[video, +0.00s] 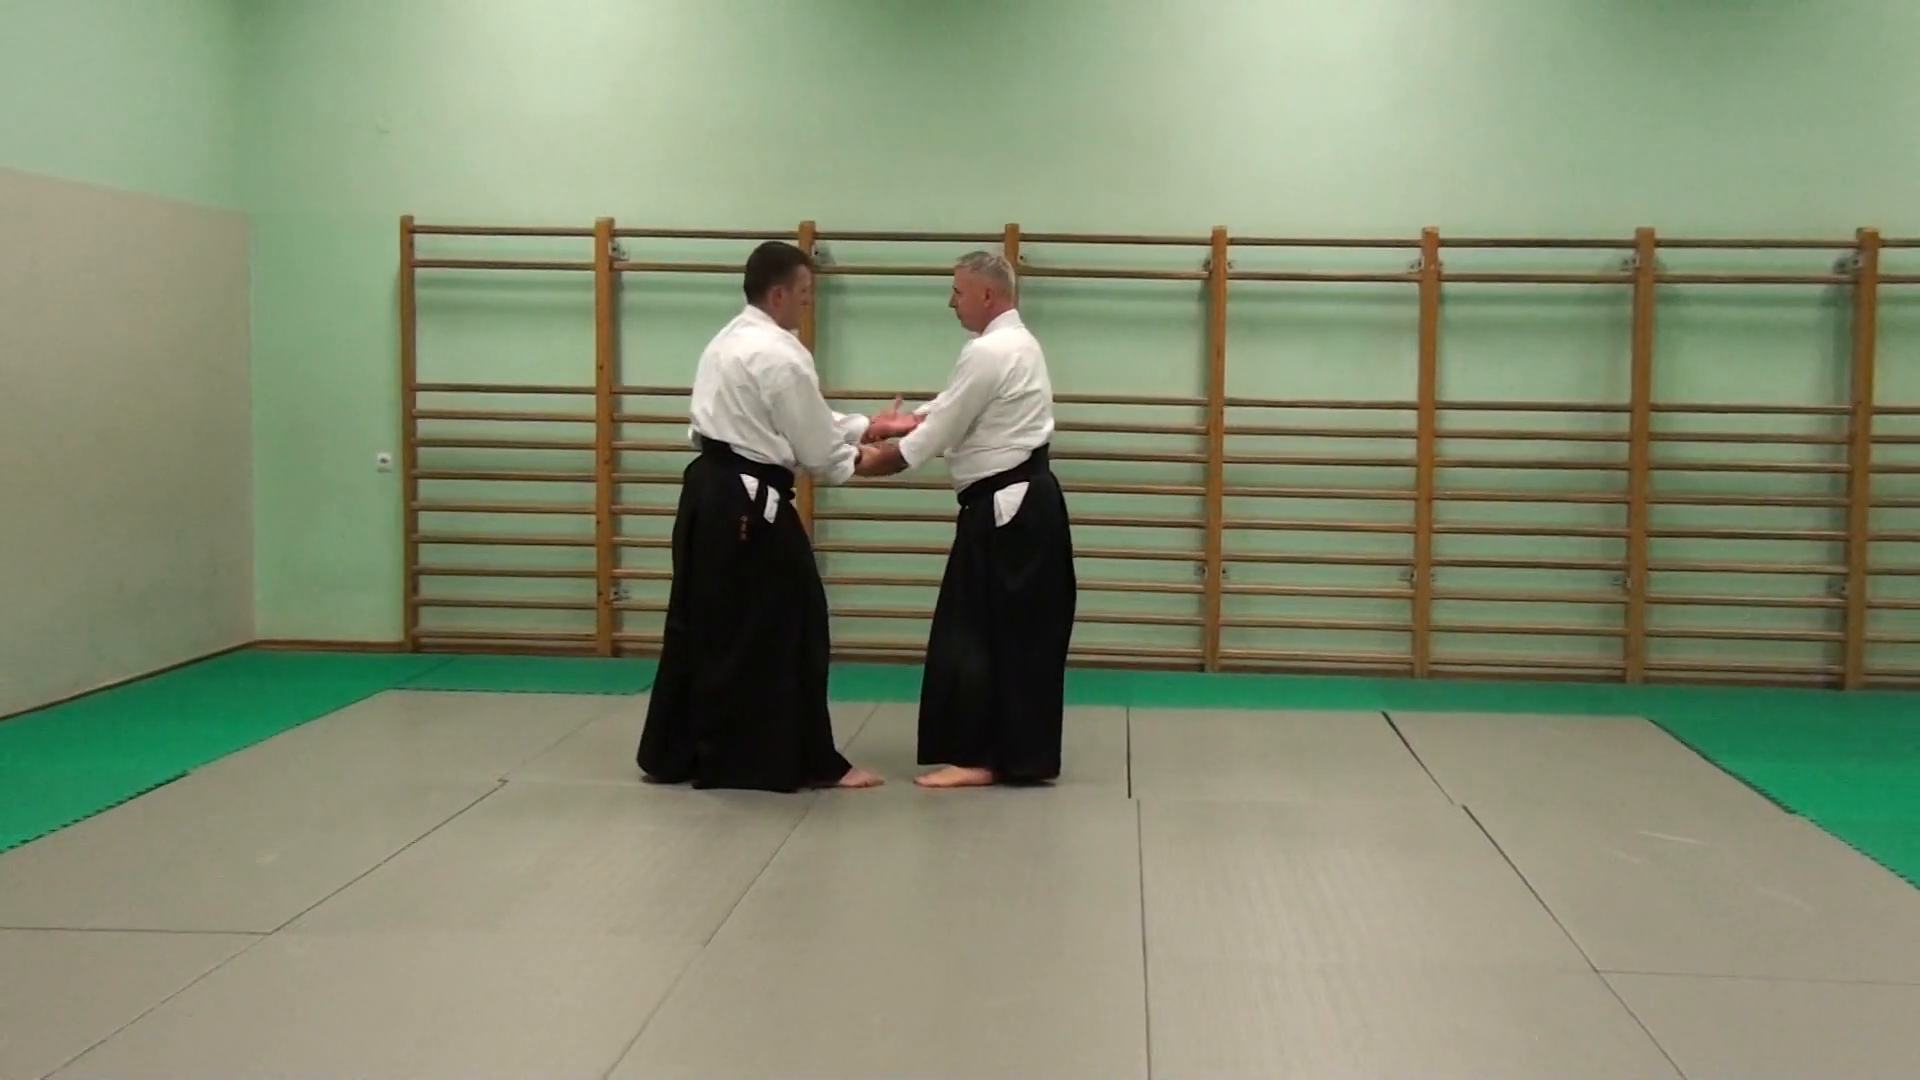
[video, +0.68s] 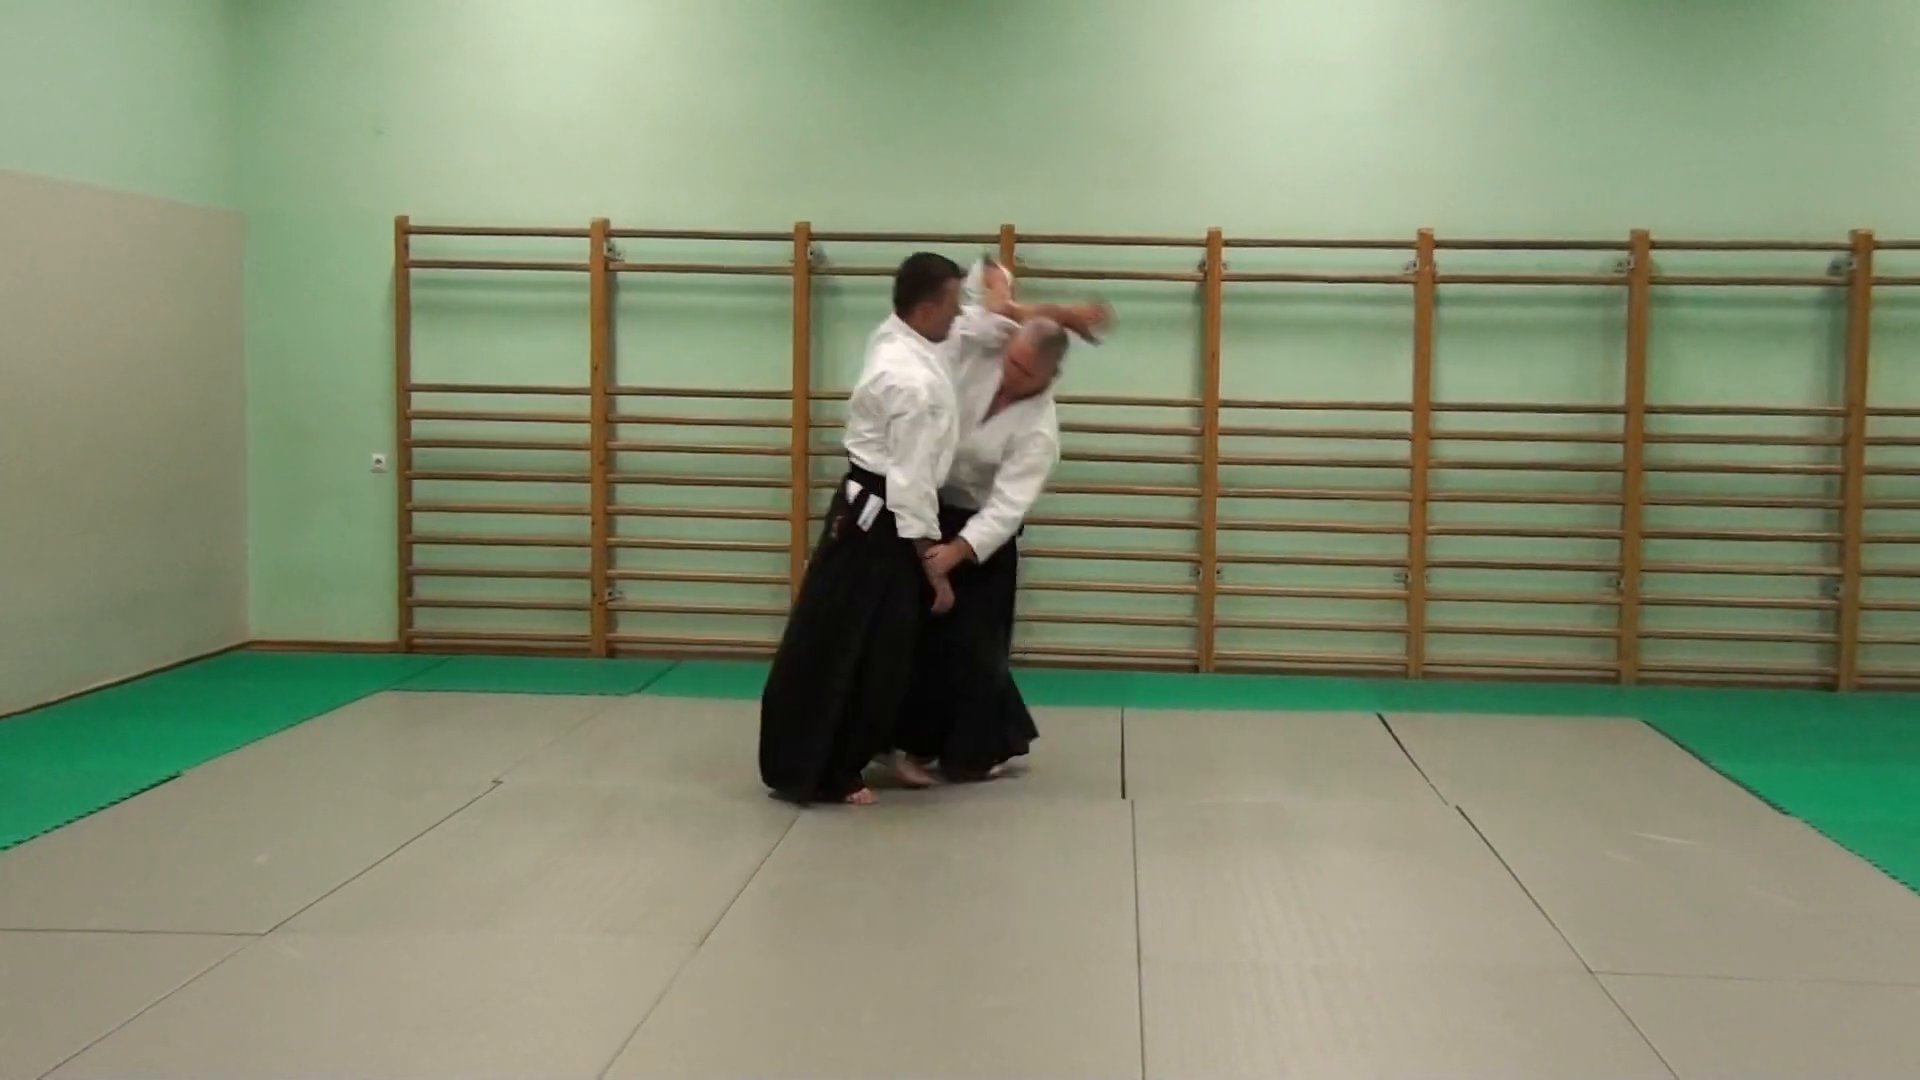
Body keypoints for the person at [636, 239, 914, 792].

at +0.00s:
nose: (807, 302)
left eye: (807, 290)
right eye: (803, 291)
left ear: (758, 290)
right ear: (778, 291)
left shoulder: (727, 340)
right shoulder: (783, 358)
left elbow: (793, 421)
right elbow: (820, 458)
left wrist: (867, 424)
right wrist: (865, 460)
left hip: (707, 491)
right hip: (755, 505)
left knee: (705, 621)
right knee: (801, 619)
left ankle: (677, 753)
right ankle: (811, 759)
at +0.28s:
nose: (839, 303)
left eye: (838, 292)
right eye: (835, 292)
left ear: (790, 293)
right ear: (814, 294)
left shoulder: (761, 342)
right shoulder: (814, 361)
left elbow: (819, 419)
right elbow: (830, 461)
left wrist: (868, 379)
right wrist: (857, 501)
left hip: (732, 491)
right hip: (773, 507)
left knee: (721, 621)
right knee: (834, 616)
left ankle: (675, 749)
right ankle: (828, 757)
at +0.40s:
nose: (867, 306)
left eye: (865, 295)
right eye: (863, 296)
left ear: (818, 296)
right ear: (844, 300)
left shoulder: (794, 342)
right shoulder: (839, 364)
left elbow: (862, 393)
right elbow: (854, 461)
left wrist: (896, 334)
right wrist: (877, 525)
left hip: (768, 495)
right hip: (802, 512)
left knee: (748, 627)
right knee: (850, 623)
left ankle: (685, 748)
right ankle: (835, 767)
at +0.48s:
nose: (894, 303)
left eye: (895, 294)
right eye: (890, 294)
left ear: (846, 292)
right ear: (871, 295)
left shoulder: (823, 338)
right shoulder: (869, 366)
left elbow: (893, 364)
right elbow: (878, 463)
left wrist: (927, 307)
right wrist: (891, 535)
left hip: (801, 499)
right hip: (833, 515)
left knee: (776, 629)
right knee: (859, 635)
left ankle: (705, 737)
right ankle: (839, 773)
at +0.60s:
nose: (936, 304)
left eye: (935, 293)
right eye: (930, 294)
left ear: (884, 297)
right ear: (908, 300)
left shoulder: (865, 336)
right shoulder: (900, 373)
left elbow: (937, 326)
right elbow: (902, 477)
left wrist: (1004, 291)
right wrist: (920, 556)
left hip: (836, 505)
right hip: (869, 524)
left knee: (812, 631)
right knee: (863, 648)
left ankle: (781, 754)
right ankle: (836, 771)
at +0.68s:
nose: (958, 311)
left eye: (958, 301)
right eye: (952, 302)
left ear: (911, 302)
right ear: (927, 306)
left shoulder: (899, 338)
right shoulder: (915, 381)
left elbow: (969, 324)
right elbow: (910, 486)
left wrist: (1052, 317)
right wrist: (934, 570)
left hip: (861, 507)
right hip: (881, 527)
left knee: (837, 642)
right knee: (862, 651)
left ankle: (807, 763)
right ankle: (830, 774)